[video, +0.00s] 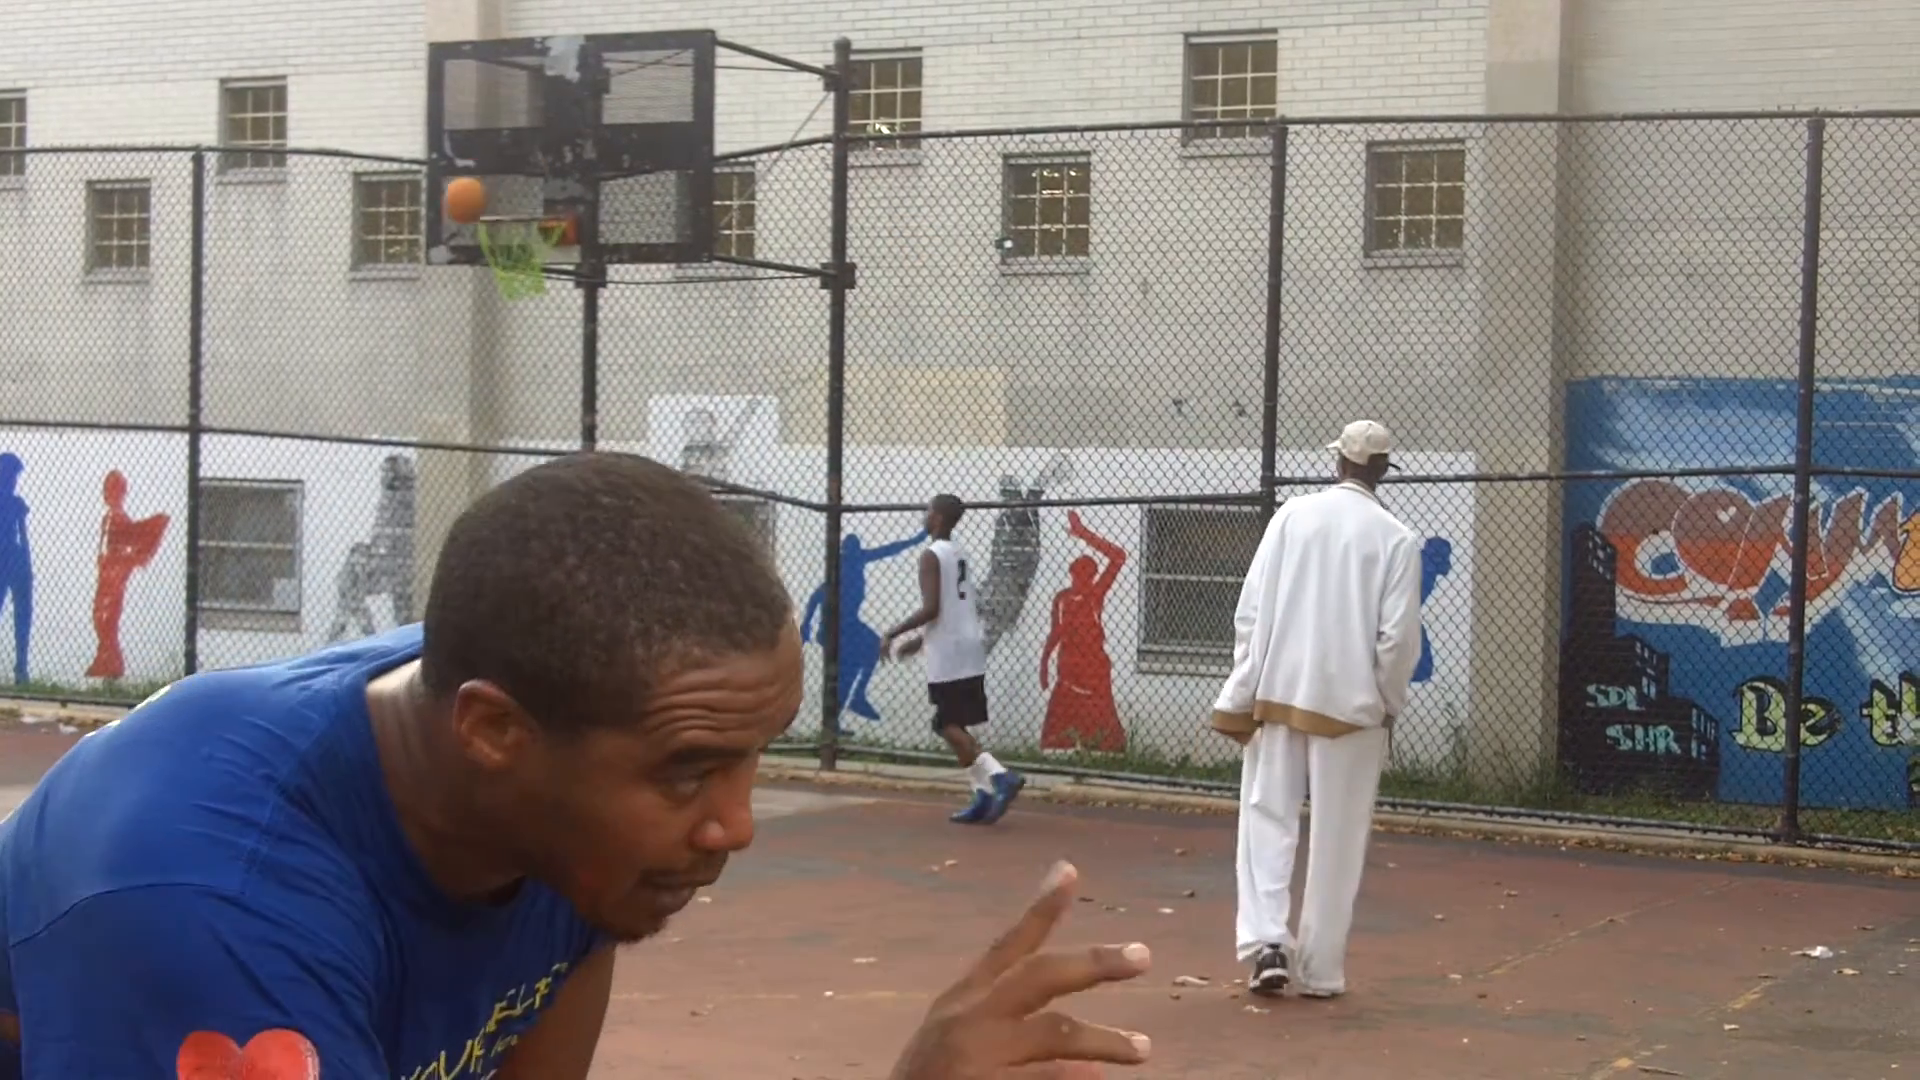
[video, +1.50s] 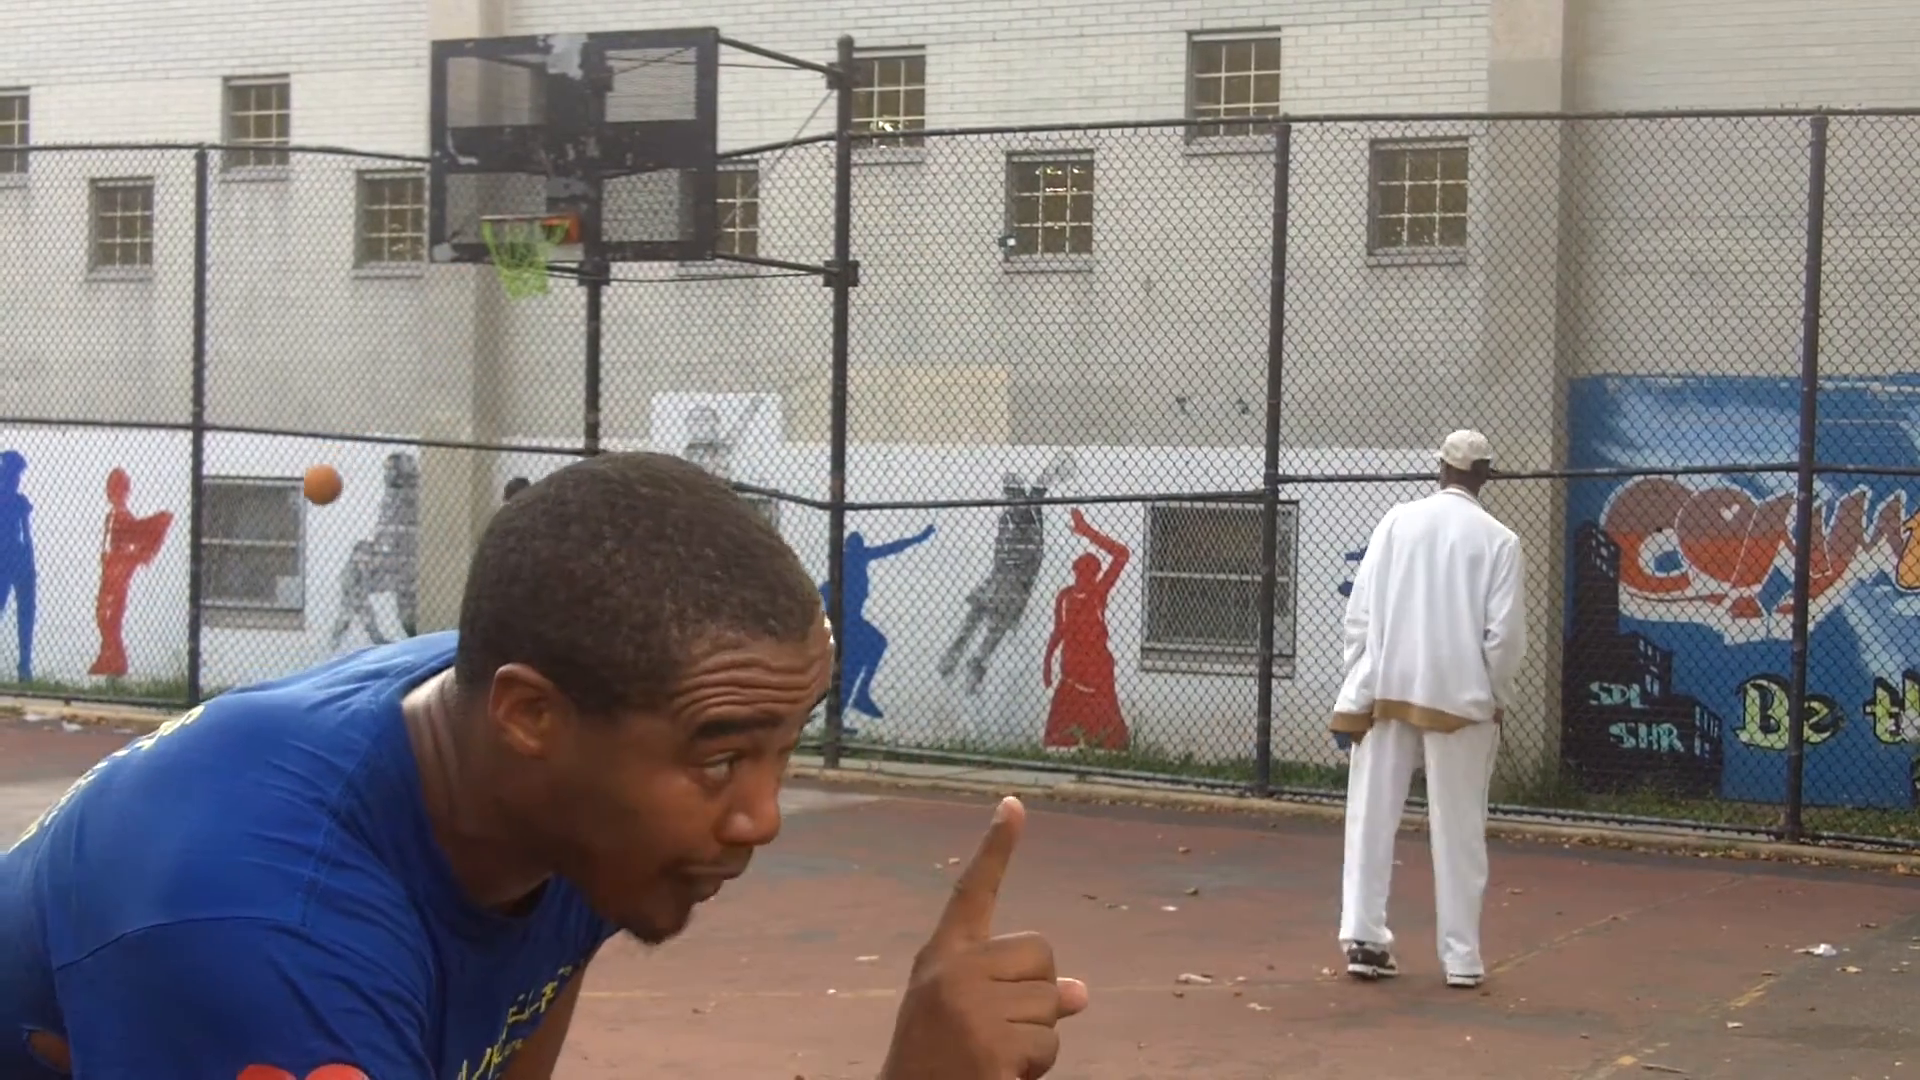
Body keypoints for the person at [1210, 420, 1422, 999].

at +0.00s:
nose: (1360, 471)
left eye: (1346, 461)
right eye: (1375, 466)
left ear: (1336, 463)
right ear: (1383, 470)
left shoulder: (1290, 517)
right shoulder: (1395, 538)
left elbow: (1250, 613)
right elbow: (1396, 637)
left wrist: (1243, 690)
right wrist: (1390, 705)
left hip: (1277, 692)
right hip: (1350, 701)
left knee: (1266, 818)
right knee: (1339, 833)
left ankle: (1265, 942)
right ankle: (1321, 972)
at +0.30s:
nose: (1383, 473)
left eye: (1368, 463)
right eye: (1392, 467)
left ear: (1351, 465)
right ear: (1396, 471)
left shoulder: (1305, 517)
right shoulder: (1402, 537)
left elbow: (1265, 613)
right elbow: (1402, 635)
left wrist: (1267, 686)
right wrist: (1403, 703)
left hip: (1294, 693)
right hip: (1361, 700)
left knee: (1296, 822)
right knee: (1344, 829)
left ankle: (1303, 940)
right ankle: (1323, 967)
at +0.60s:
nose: (1393, 479)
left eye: (1373, 465)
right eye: (1398, 472)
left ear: (1354, 470)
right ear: (1398, 475)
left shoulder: (1312, 528)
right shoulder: (1407, 538)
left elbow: (1282, 627)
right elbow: (1410, 634)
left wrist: (1293, 697)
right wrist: (1417, 704)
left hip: (1314, 699)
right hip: (1378, 703)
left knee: (1333, 831)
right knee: (1363, 832)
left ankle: (1367, 945)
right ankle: (1324, 962)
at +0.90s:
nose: (1395, 475)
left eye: (1376, 468)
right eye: (1398, 467)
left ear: (1356, 475)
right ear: (1400, 473)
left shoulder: (1326, 534)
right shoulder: (1425, 530)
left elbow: (1306, 629)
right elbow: (1438, 624)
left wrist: (1312, 704)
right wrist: (1452, 693)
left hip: (1342, 697)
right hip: (1407, 696)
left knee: (1353, 822)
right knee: (1409, 826)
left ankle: (1369, 945)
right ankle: (1356, 921)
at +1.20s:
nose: (1424, 479)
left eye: (1409, 471)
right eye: (1428, 472)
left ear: (1385, 475)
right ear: (1429, 476)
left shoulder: (1349, 530)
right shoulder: (1453, 533)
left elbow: (1321, 625)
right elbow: (1464, 628)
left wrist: (1326, 697)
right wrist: (1472, 696)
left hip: (1357, 697)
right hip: (1429, 698)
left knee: (1355, 825)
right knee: (1441, 828)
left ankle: (1357, 947)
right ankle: (1454, 956)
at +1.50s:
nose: (1470, 481)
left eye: (1454, 469)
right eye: (1480, 476)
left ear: (1439, 472)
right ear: (1484, 478)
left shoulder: (1395, 521)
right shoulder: (1498, 540)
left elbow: (1359, 615)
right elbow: (1504, 634)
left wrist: (1356, 687)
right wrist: (1494, 696)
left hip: (1385, 690)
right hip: (1459, 697)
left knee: (1369, 820)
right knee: (1460, 830)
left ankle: (1363, 939)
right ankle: (1461, 960)